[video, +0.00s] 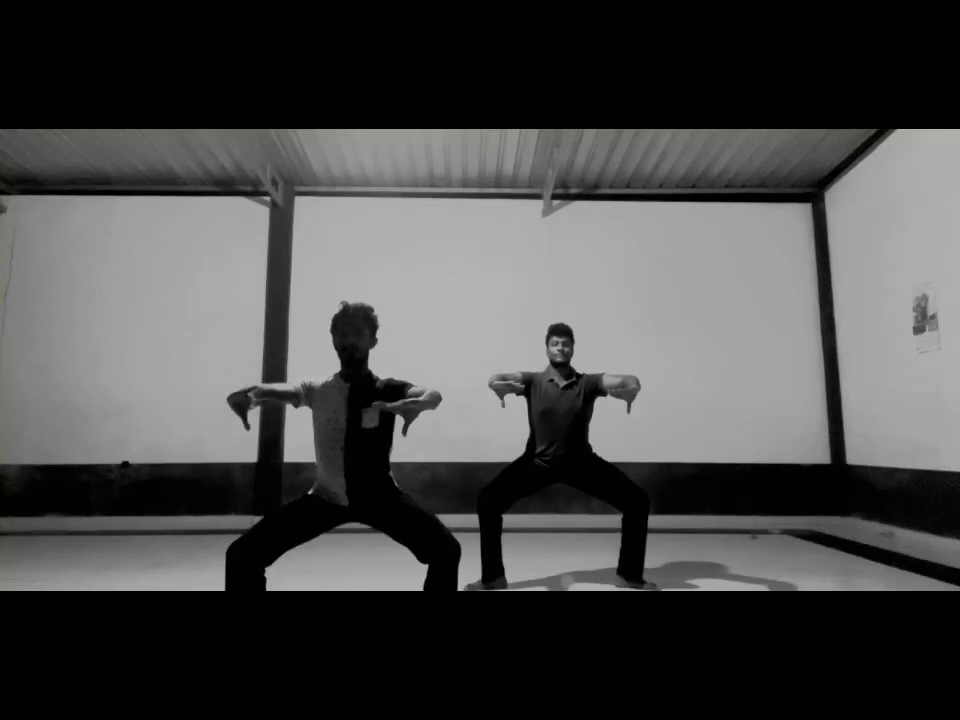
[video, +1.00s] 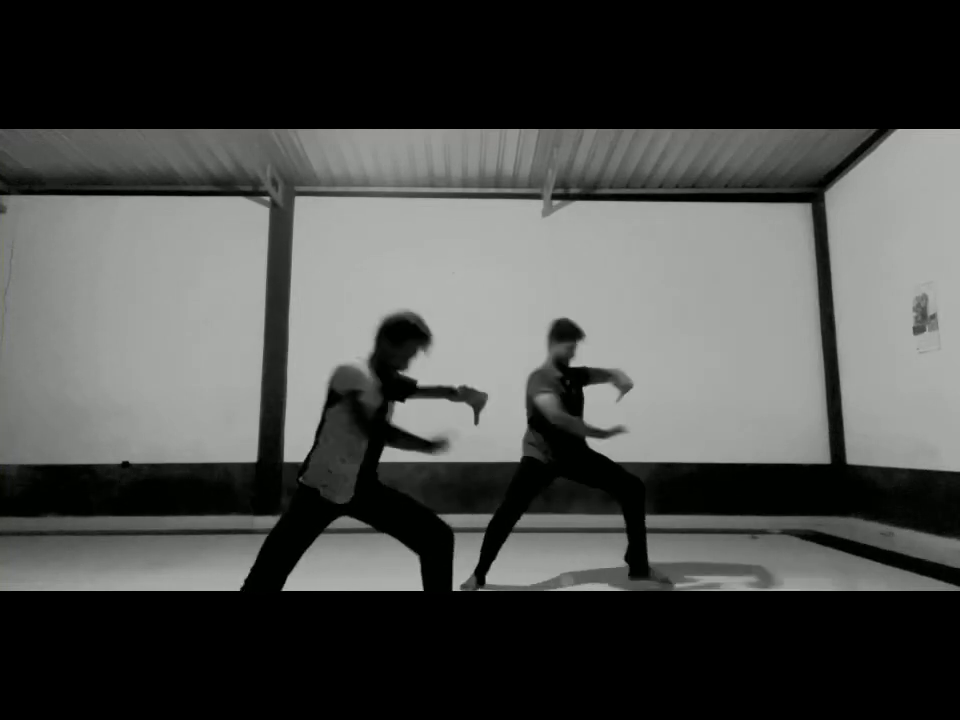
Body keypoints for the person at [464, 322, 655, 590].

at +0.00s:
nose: (560, 348)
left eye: (566, 344)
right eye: (555, 344)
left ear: (572, 349)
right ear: (547, 348)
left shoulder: (587, 382)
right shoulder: (533, 380)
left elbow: (627, 381)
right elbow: (494, 380)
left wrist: (631, 389)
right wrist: (502, 387)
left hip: (580, 462)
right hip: (537, 463)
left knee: (636, 501)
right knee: (489, 500)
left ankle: (630, 575)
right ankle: (493, 578)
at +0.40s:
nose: (575, 349)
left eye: (578, 343)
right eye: (569, 344)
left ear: (584, 344)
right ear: (559, 345)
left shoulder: (599, 378)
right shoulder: (544, 377)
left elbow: (639, 376)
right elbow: (504, 376)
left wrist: (663, 386)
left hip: (586, 458)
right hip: (547, 459)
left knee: (639, 497)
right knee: (514, 513)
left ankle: (640, 571)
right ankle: (488, 574)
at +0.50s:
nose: (592, 342)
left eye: (595, 337)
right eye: (585, 338)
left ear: (599, 341)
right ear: (574, 342)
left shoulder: (607, 378)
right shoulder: (564, 370)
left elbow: (646, 378)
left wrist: (672, 390)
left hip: (589, 457)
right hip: (553, 455)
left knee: (640, 497)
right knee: (522, 511)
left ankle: (642, 572)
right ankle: (485, 574)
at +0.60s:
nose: (614, 347)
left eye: (614, 343)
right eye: (609, 343)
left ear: (612, 348)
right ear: (592, 346)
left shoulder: (611, 385)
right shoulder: (577, 368)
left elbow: (644, 389)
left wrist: (661, 396)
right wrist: (635, 356)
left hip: (583, 456)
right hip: (551, 451)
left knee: (632, 496)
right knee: (520, 507)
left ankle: (642, 572)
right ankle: (480, 566)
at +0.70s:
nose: (620, 366)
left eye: (623, 362)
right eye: (616, 360)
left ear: (618, 361)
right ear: (600, 355)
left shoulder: (602, 387)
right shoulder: (585, 373)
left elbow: (623, 398)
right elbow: (623, 376)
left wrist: (642, 405)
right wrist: (663, 370)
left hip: (572, 453)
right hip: (547, 451)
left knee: (624, 495)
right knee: (518, 510)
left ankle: (641, 571)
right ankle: (481, 574)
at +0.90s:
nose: (593, 361)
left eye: (595, 357)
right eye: (592, 355)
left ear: (577, 349)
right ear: (583, 351)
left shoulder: (579, 376)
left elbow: (613, 387)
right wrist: (642, 424)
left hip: (569, 454)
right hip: (540, 454)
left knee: (623, 493)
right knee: (510, 513)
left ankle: (637, 571)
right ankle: (478, 579)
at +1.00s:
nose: (571, 350)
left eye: (574, 344)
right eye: (566, 344)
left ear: (576, 346)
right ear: (552, 343)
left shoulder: (575, 375)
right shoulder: (540, 380)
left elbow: (610, 374)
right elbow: (555, 416)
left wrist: (622, 382)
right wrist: (599, 433)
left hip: (574, 455)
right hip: (540, 457)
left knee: (632, 489)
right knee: (509, 511)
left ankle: (639, 567)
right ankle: (479, 574)